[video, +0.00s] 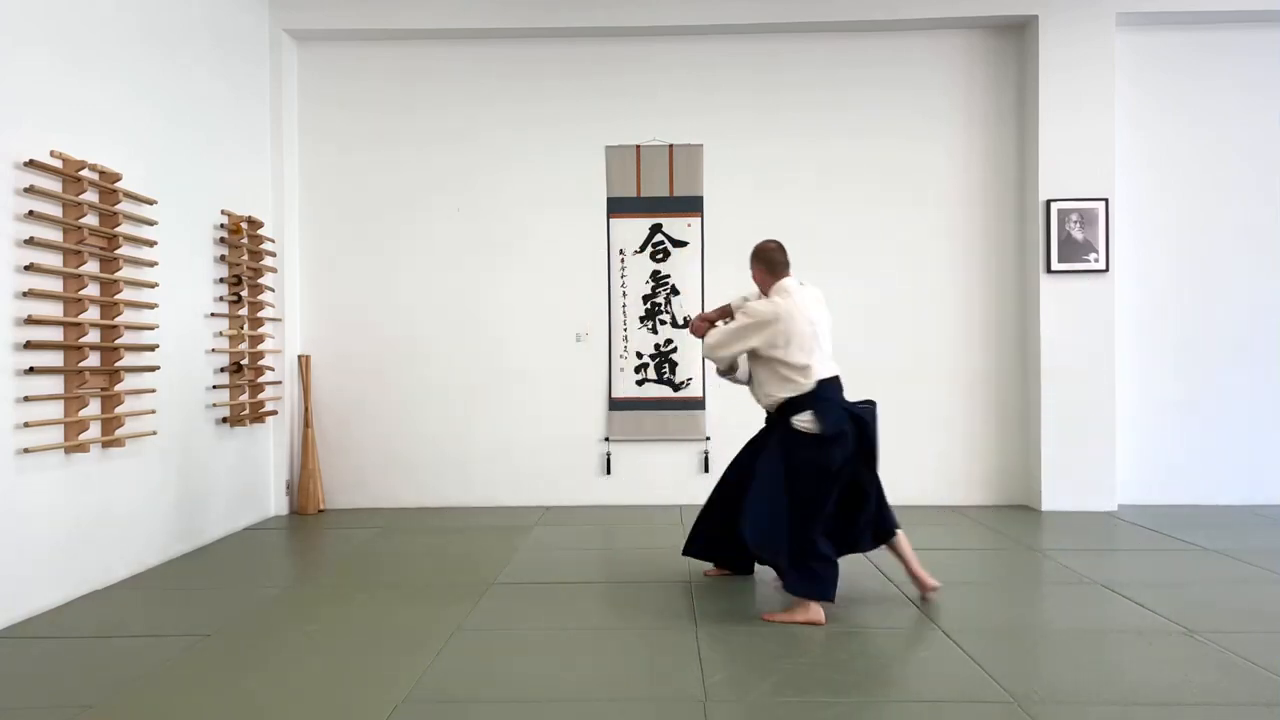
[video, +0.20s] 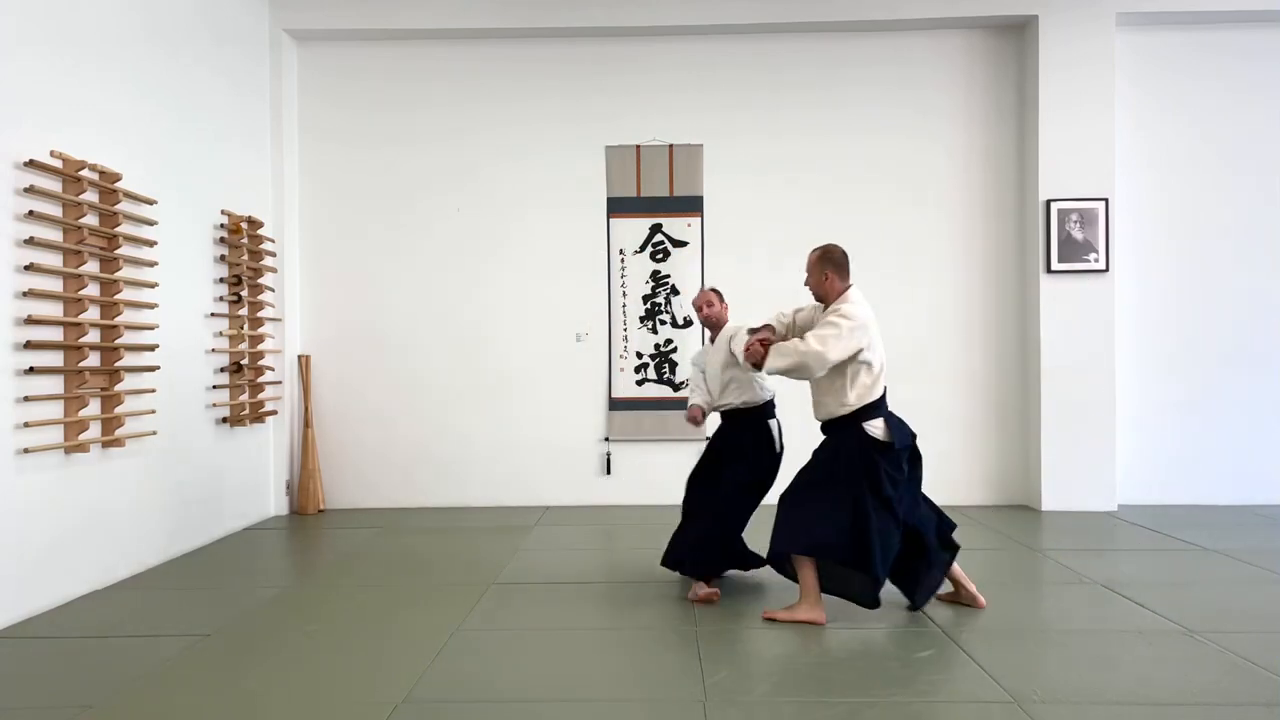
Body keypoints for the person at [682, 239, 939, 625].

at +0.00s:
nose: (753, 277)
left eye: (752, 271)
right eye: (755, 271)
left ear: (755, 273)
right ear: (789, 268)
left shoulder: (767, 311)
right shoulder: (810, 296)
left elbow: (715, 350)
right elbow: (758, 302)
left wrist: (752, 373)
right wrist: (717, 315)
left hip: (801, 422)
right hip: (835, 409)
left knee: (799, 511)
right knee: (864, 495)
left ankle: (809, 604)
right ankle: (919, 574)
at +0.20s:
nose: (808, 285)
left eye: (811, 278)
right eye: (808, 278)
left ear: (828, 277)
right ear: (836, 276)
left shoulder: (847, 316)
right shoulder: (838, 308)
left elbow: (814, 355)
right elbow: (794, 321)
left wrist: (766, 357)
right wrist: (768, 331)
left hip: (855, 436)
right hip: (870, 430)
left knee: (794, 506)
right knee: (901, 510)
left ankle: (810, 603)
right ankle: (964, 588)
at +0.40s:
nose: (815, 278)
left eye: (820, 271)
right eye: (816, 271)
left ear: (843, 271)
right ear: (845, 271)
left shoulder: (862, 305)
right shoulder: (842, 307)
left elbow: (827, 319)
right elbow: (790, 330)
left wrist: (769, 312)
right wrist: (737, 317)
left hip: (870, 426)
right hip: (864, 424)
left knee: (807, 497)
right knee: (906, 507)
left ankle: (808, 600)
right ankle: (962, 587)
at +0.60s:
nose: (787, 289)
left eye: (792, 281)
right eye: (786, 281)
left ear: (817, 279)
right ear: (816, 281)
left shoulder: (834, 313)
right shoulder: (811, 318)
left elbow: (791, 313)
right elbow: (764, 340)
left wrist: (736, 288)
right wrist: (722, 315)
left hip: (858, 434)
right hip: (847, 433)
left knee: (800, 496)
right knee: (897, 512)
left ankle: (788, 599)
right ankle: (961, 586)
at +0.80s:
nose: (740, 271)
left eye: (746, 265)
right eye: (738, 265)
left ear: (771, 266)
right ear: (757, 268)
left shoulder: (792, 297)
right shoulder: (741, 318)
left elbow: (749, 281)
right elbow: (706, 352)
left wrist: (700, 268)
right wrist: (676, 327)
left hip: (812, 424)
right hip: (781, 430)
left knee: (773, 507)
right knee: (823, 511)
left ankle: (787, 606)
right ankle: (893, 556)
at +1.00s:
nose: (704, 260)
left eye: (712, 252)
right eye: (700, 254)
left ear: (730, 256)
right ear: (697, 261)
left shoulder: (747, 297)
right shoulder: (690, 304)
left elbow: (739, 241)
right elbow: (644, 301)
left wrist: (684, 235)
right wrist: (652, 248)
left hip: (751, 419)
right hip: (704, 421)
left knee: (759, 515)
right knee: (656, 498)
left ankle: (784, 604)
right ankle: (648, 596)